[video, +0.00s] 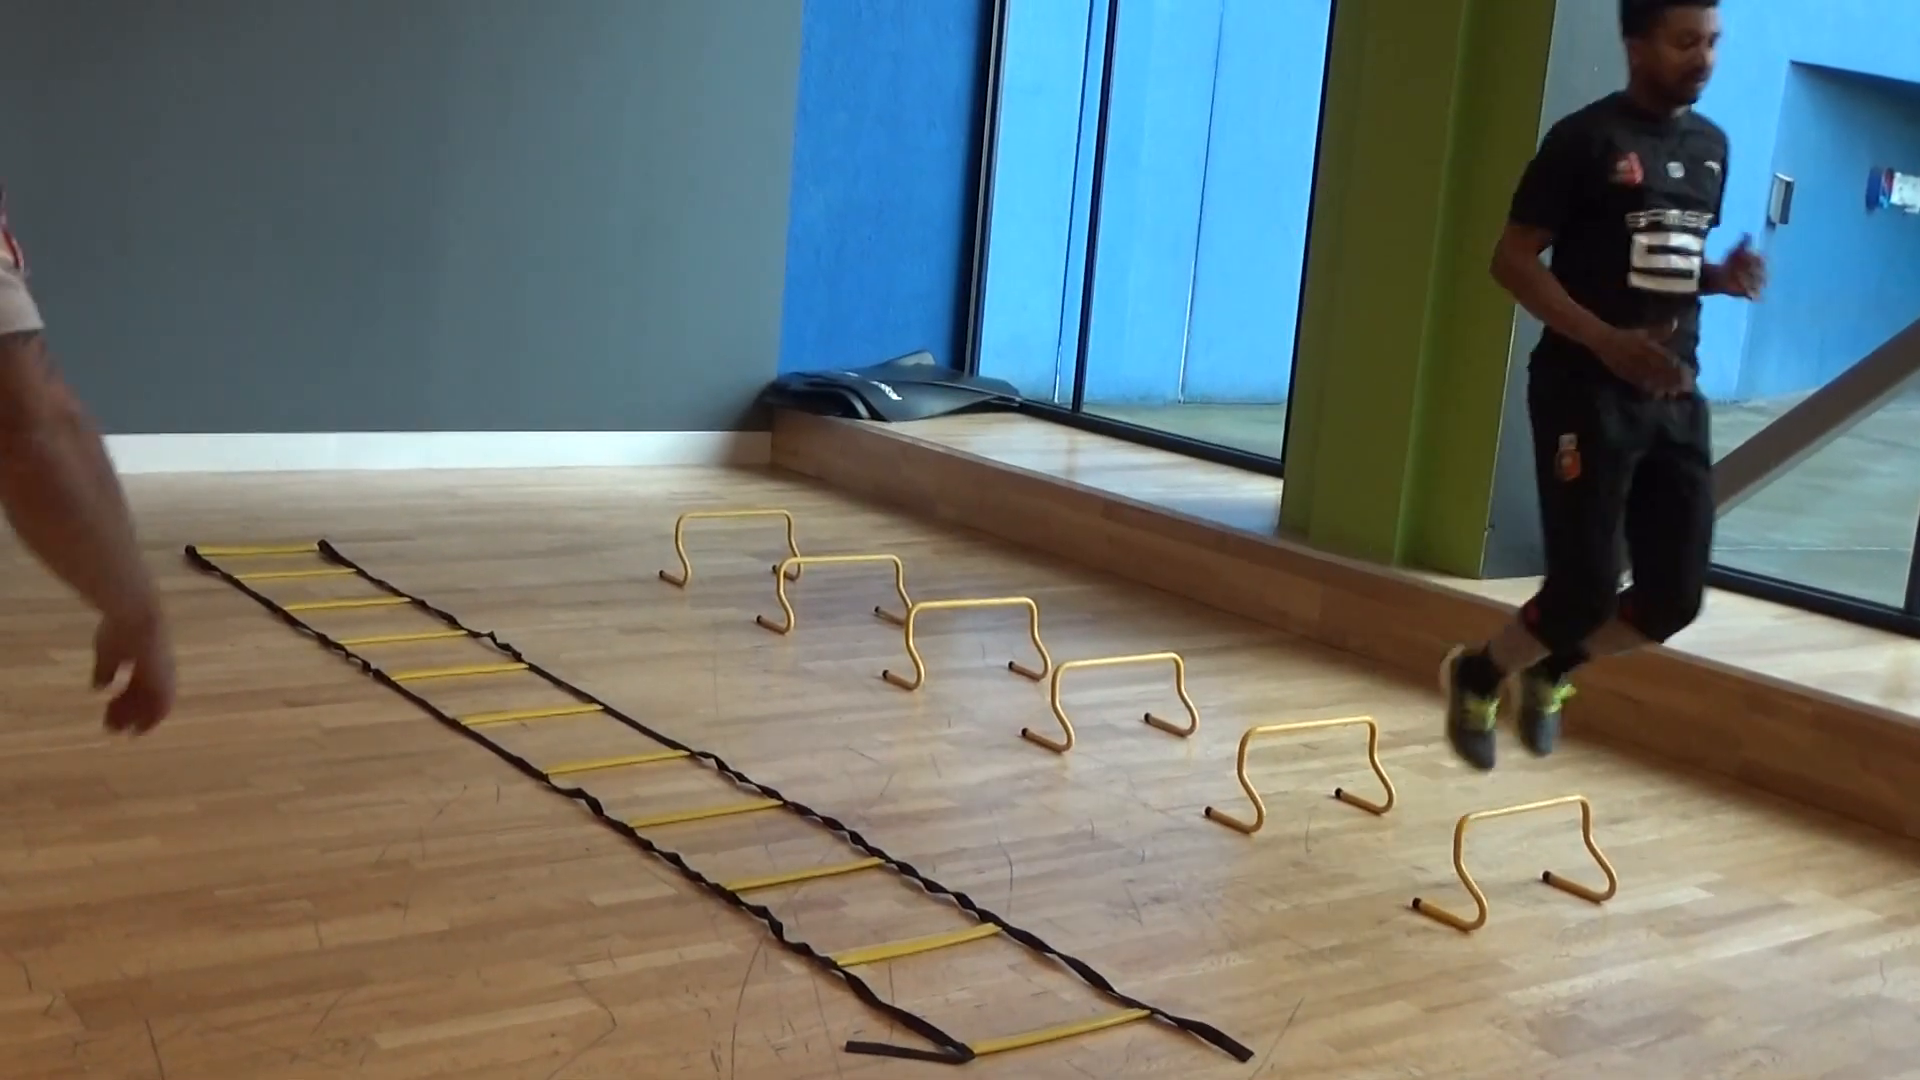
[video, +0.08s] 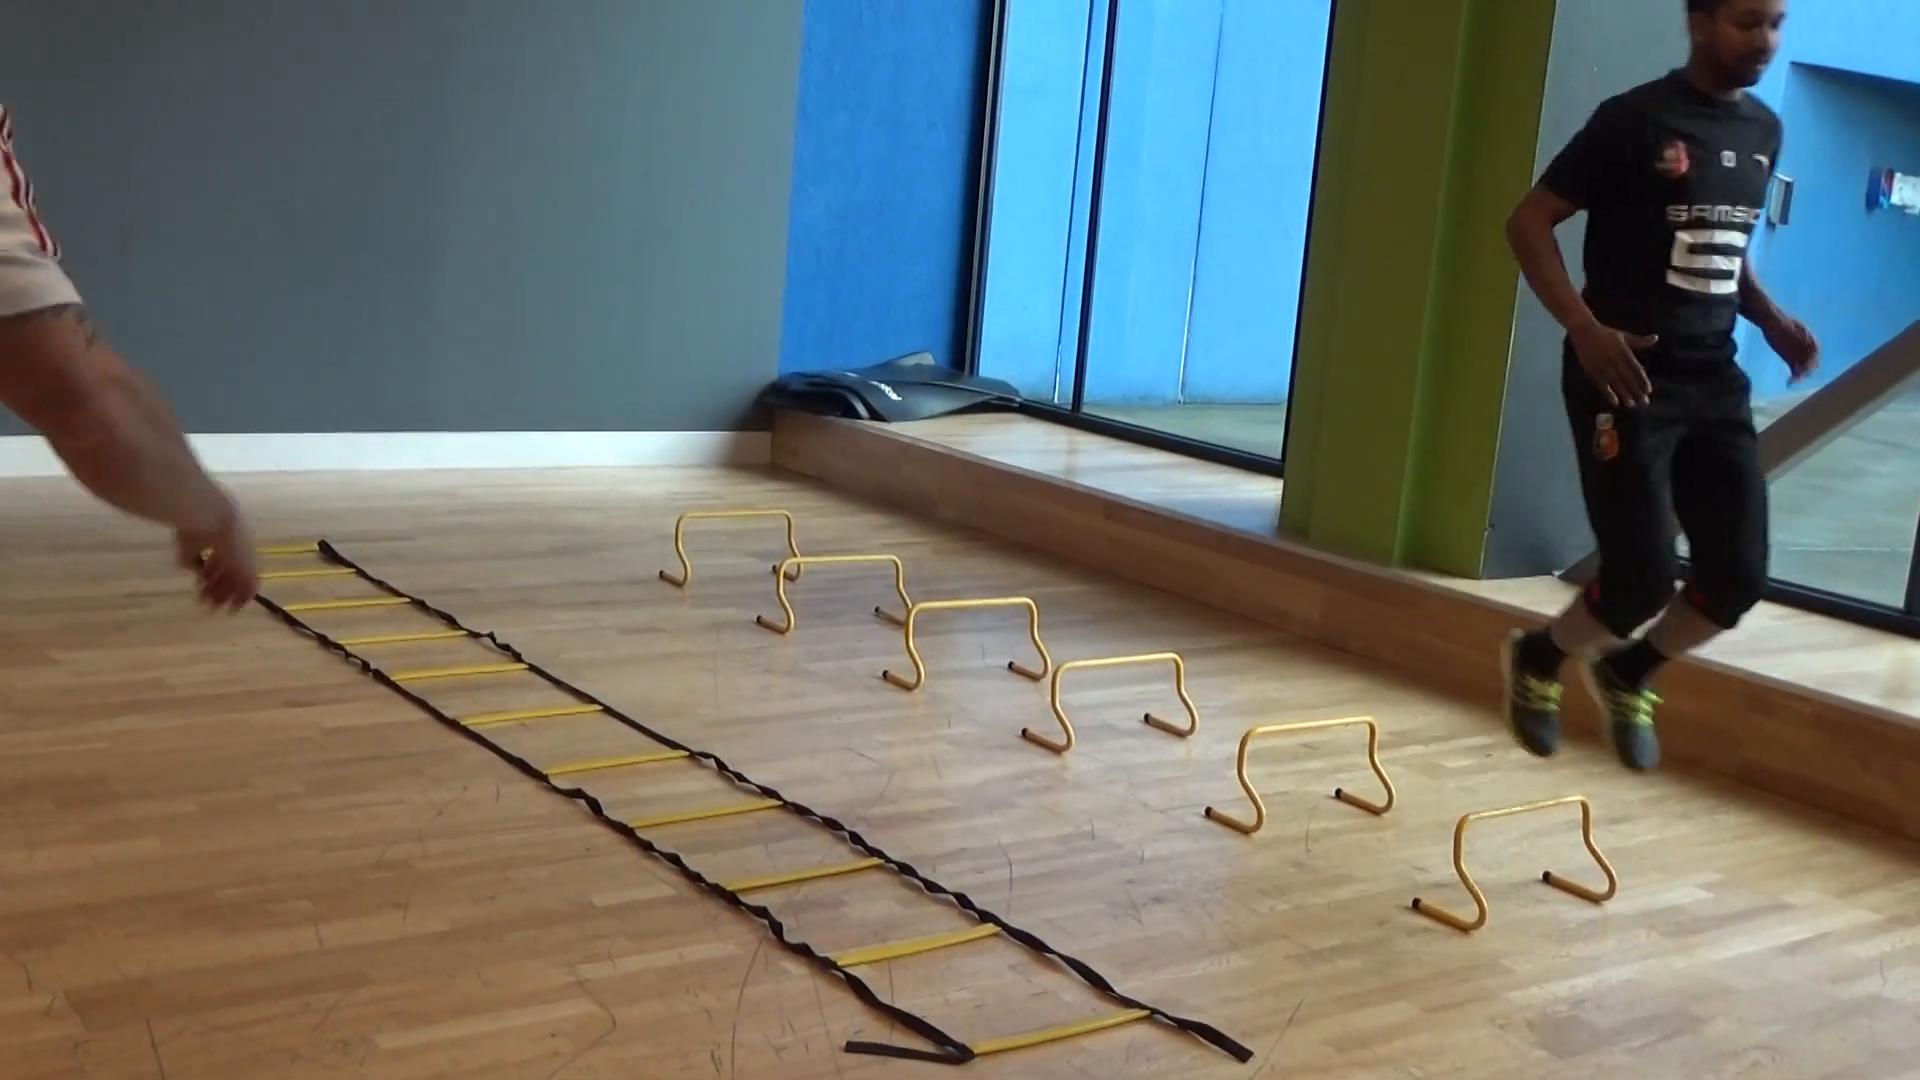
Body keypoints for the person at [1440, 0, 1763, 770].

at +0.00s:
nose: (1705, 58)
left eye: (1712, 42)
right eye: (1687, 41)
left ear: (1718, 43)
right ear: (1636, 46)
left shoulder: (1710, 147)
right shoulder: (1583, 141)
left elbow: (1664, 265)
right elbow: (1510, 261)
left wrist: (1721, 277)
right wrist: (1605, 338)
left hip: (1674, 392)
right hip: (1584, 387)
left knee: (1672, 597)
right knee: (1582, 593)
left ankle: (1550, 672)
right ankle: (1478, 672)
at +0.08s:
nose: (1768, 40)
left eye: (1776, 24)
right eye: (1750, 22)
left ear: (1782, 29)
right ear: (1699, 22)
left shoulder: (1764, 128)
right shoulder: (1635, 118)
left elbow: (1719, 246)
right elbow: (1528, 222)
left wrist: (1770, 318)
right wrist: (1582, 329)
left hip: (1715, 381)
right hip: (1625, 378)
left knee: (1734, 582)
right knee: (1639, 582)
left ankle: (1628, 671)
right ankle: (1539, 657)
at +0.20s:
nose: (1847, 71)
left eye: (1859, 55)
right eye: (1830, 50)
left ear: (1867, 60)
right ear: (1781, 44)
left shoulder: (1849, 151)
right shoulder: (1707, 130)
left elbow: (1801, 239)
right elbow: (1567, 182)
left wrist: (1823, 318)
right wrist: (1597, 312)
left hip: (1769, 410)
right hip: (1672, 400)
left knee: (1789, 620)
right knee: (1707, 615)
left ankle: (1753, 811)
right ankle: (1667, 808)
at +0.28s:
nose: (1872, 131)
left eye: (1889, 115)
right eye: (1856, 110)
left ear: (1905, 119)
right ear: (1817, 104)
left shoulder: (1894, 212)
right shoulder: (1748, 184)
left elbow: (1846, 290)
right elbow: (1602, 217)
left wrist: (1861, 362)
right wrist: (1627, 359)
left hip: (1803, 466)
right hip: (1706, 455)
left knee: (1810, 690)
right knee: (1748, 684)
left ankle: (1792, 897)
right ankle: (1762, 906)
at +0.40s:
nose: (1865, 238)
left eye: (1884, 222)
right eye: (1850, 220)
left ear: (1911, 231)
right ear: (1827, 224)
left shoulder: (1914, 340)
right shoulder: (1768, 328)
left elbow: (1905, 468)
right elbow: (1666, 429)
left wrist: (1915, 547)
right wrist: (1706, 561)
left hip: (1869, 593)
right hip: (1767, 593)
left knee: (1912, 790)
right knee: (1841, 791)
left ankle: (1803, 899)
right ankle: (1820, 978)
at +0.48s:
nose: (1845, 286)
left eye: (1869, 269)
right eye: (1836, 267)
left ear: (1915, 277)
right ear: (1824, 270)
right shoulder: (1786, 374)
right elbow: (1715, 502)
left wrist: (1910, 579)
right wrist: (1834, 569)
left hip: (1893, 630)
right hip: (1783, 627)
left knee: (1916, 795)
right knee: (1871, 811)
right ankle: (1823, 982)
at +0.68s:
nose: (1765, 350)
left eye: (1782, 333)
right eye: (1767, 332)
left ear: (1846, 340)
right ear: (1825, 341)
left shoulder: (1916, 427)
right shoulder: (1767, 439)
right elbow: (1753, 557)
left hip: (1915, 674)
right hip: (1822, 676)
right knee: (1784, 852)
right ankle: (1868, 966)